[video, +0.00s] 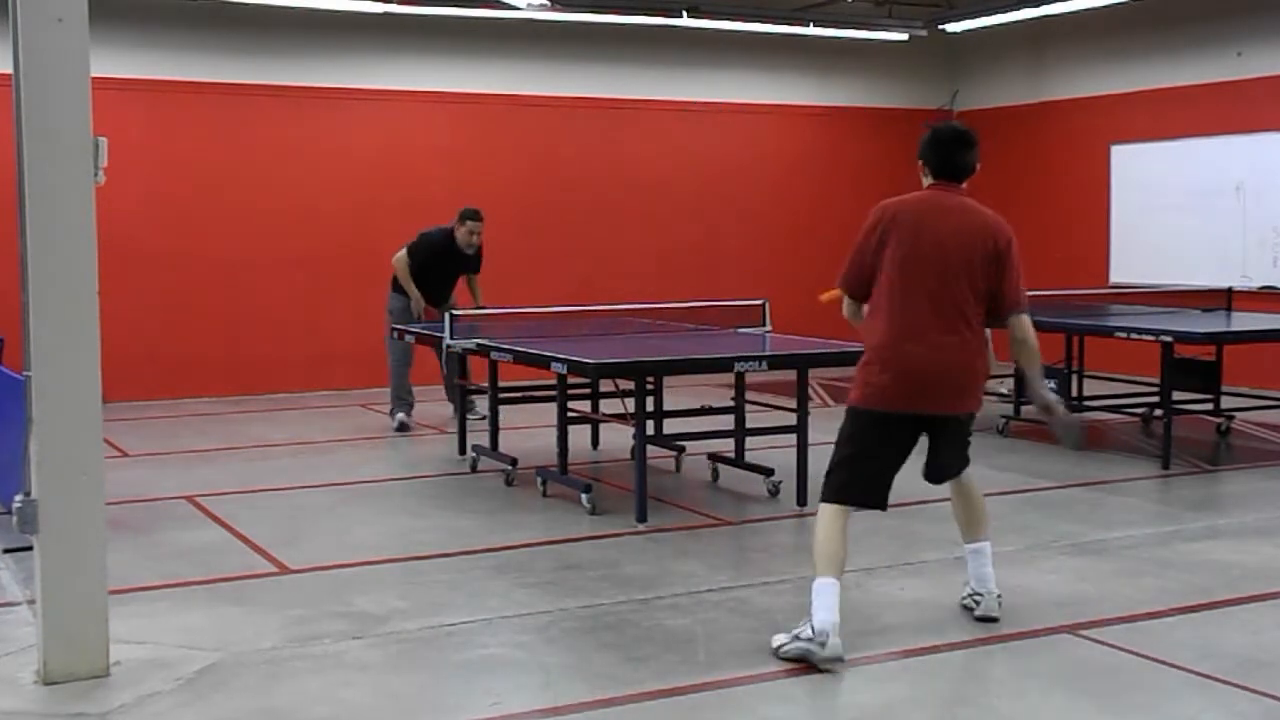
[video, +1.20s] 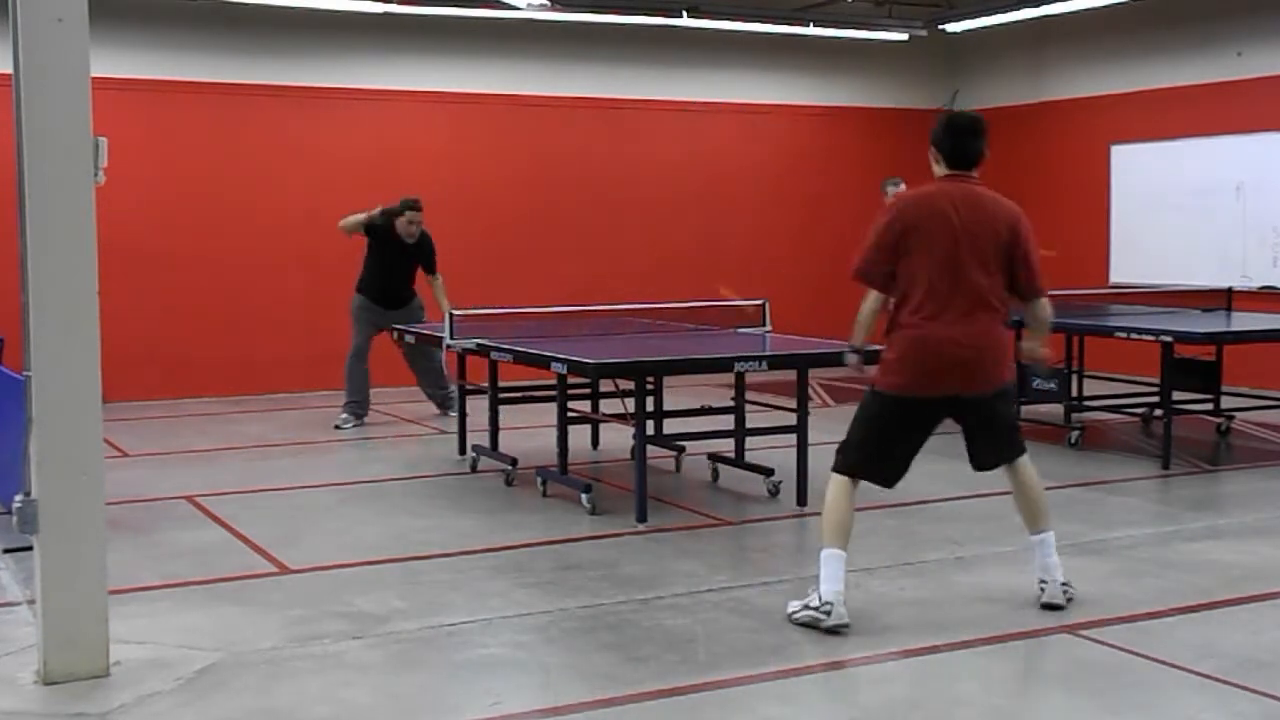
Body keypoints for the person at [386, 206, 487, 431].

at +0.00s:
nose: (475, 240)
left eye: (479, 234)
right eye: (471, 233)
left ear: (482, 233)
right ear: (457, 228)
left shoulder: (474, 249)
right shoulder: (433, 240)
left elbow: (471, 276)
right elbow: (398, 261)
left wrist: (478, 303)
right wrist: (415, 296)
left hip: (440, 301)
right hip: (406, 297)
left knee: (453, 352)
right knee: (401, 354)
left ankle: (463, 403)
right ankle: (401, 409)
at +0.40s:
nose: (457, 214)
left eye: (460, 208)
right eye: (452, 208)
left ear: (465, 209)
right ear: (439, 207)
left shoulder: (466, 233)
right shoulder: (419, 227)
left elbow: (473, 263)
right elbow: (391, 254)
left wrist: (482, 289)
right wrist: (410, 287)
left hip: (440, 300)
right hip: (405, 299)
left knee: (451, 351)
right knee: (391, 350)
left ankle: (464, 403)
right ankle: (374, 407)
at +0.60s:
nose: (424, 223)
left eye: (429, 217)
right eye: (419, 218)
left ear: (436, 217)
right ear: (410, 219)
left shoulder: (450, 240)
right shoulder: (402, 238)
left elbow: (472, 265)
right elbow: (392, 257)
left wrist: (475, 293)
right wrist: (380, 278)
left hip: (442, 310)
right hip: (406, 307)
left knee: (463, 353)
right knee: (389, 351)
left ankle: (478, 404)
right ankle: (364, 405)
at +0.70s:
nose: (405, 228)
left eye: (410, 223)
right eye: (399, 223)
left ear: (418, 222)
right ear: (392, 224)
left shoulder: (436, 244)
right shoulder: (388, 244)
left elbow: (462, 268)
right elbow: (381, 268)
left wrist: (469, 297)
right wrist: (364, 277)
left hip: (435, 315)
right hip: (399, 313)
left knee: (456, 359)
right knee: (379, 356)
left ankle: (479, 404)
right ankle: (357, 409)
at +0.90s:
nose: (392, 242)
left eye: (397, 237)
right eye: (387, 237)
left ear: (402, 234)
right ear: (378, 235)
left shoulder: (414, 246)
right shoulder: (368, 243)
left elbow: (435, 274)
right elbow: (352, 264)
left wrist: (452, 300)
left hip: (415, 310)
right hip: (378, 310)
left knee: (437, 356)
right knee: (364, 353)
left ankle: (472, 400)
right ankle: (354, 411)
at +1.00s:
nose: (393, 244)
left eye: (398, 238)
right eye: (389, 238)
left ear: (403, 235)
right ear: (377, 236)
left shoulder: (411, 246)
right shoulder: (366, 245)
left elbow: (433, 273)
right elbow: (356, 227)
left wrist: (455, 301)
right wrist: (391, 210)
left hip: (409, 309)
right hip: (372, 309)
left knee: (434, 355)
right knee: (361, 353)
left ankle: (464, 400)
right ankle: (354, 411)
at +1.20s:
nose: (415, 229)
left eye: (419, 224)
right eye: (411, 223)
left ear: (422, 222)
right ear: (397, 220)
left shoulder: (423, 241)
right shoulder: (380, 228)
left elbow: (433, 276)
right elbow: (345, 226)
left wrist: (445, 307)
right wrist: (370, 216)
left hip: (405, 305)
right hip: (370, 303)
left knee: (424, 353)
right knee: (358, 352)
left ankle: (446, 400)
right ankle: (354, 411)